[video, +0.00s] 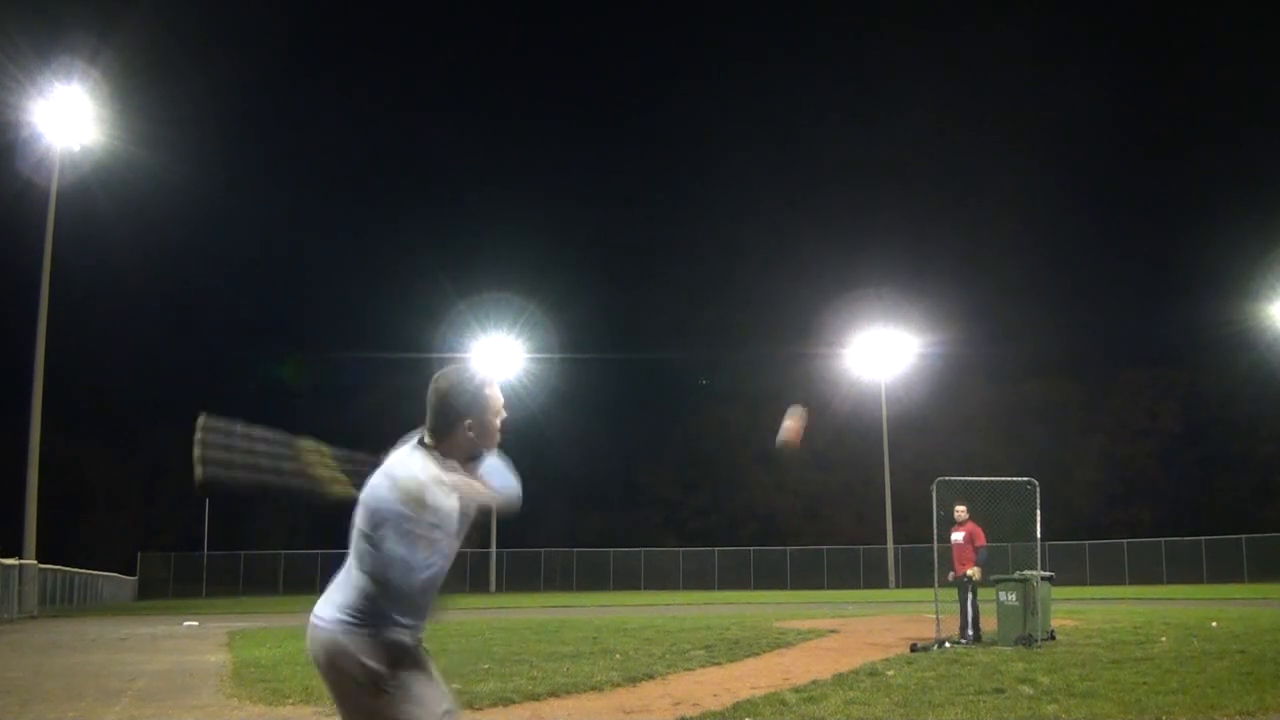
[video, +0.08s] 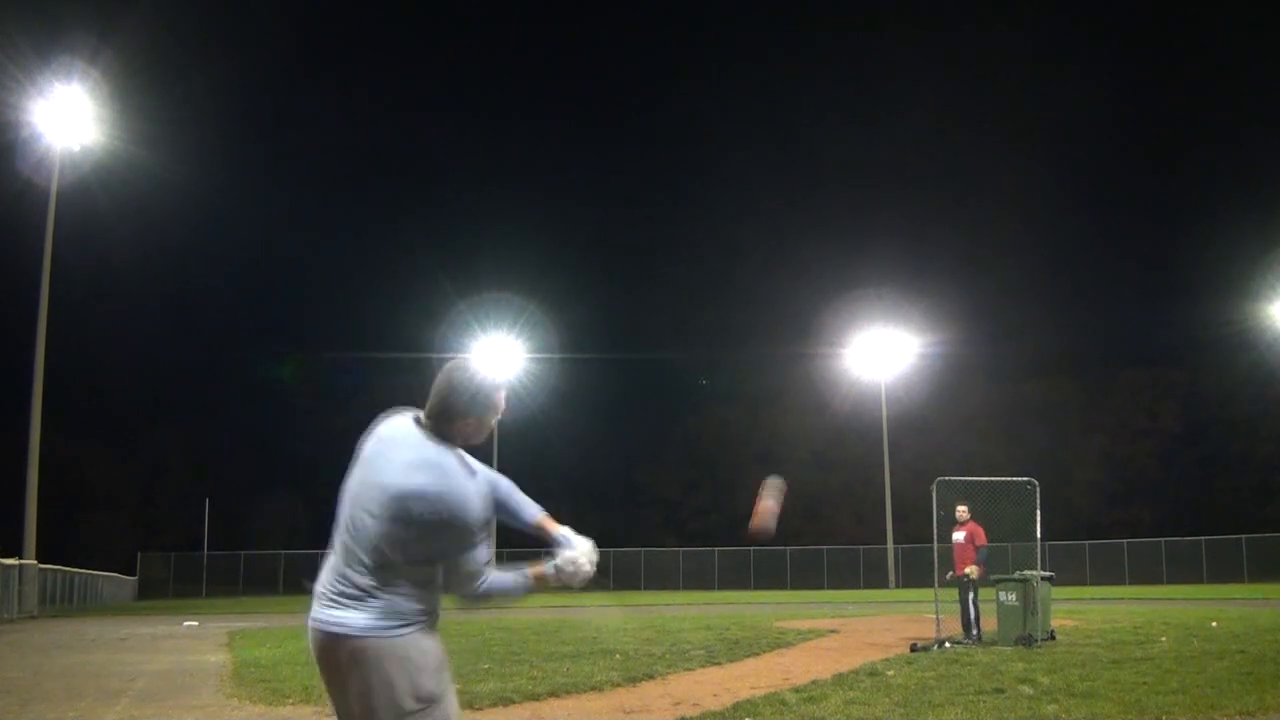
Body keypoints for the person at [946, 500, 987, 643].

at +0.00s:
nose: (959, 514)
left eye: (962, 511)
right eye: (957, 511)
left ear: (967, 513)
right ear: (953, 513)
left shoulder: (973, 529)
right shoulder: (954, 530)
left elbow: (982, 549)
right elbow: (957, 553)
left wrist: (977, 566)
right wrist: (954, 570)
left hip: (969, 572)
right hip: (959, 573)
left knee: (968, 605)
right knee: (964, 605)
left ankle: (969, 635)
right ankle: (969, 633)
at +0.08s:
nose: (960, 514)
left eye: (963, 511)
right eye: (958, 511)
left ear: (968, 514)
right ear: (955, 513)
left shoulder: (974, 528)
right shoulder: (956, 529)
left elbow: (983, 548)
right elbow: (958, 553)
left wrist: (976, 565)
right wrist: (954, 570)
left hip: (970, 573)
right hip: (959, 573)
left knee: (970, 602)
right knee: (963, 604)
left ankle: (974, 634)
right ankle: (967, 633)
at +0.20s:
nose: (963, 514)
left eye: (966, 512)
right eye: (961, 512)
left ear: (971, 514)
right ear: (958, 514)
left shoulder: (977, 528)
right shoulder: (958, 530)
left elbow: (984, 549)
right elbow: (960, 553)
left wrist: (975, 564)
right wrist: (955, 569)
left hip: (972, 573)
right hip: (961, 573)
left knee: (972, 603)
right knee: (964, 604)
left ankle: (977, 633)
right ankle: (970, 633)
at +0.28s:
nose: (964, 514)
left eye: (967, 512)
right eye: (962, 511)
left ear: (973, 513)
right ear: (959, 513)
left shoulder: (978, 528)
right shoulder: (959, 529)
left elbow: (985, 549)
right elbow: (961, 552)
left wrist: (974, 563)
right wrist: (956, 568)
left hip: (973, 573)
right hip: (961, 573)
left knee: (974, 603)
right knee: (965, 604)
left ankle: (980, 633)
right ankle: (971, 633)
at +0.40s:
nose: (966, 513)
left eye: (969, 511)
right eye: (964, 511)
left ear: (975, 514)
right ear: (961, 513)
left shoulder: (981, 528)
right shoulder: (961, 529)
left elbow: (986, 549)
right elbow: (961, 550)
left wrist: (972, 561)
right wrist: (958, 566)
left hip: (976, 573)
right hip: (963, 573)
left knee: (978, 604)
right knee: (966, 605)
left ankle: (983, 634)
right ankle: (971, 634)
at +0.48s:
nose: (966, 513)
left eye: (970, 511)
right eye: (965, 511)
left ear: (976, 513)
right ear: (962, 513)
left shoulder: (983, 529)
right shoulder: (962, 529)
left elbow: (986, 551)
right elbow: (962, 551)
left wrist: (970, 561)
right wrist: (957, 566)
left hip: (978, 573)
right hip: (965, 574)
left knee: (979, 605)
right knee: (966, 606)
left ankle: (983, 635)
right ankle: (972, 634)